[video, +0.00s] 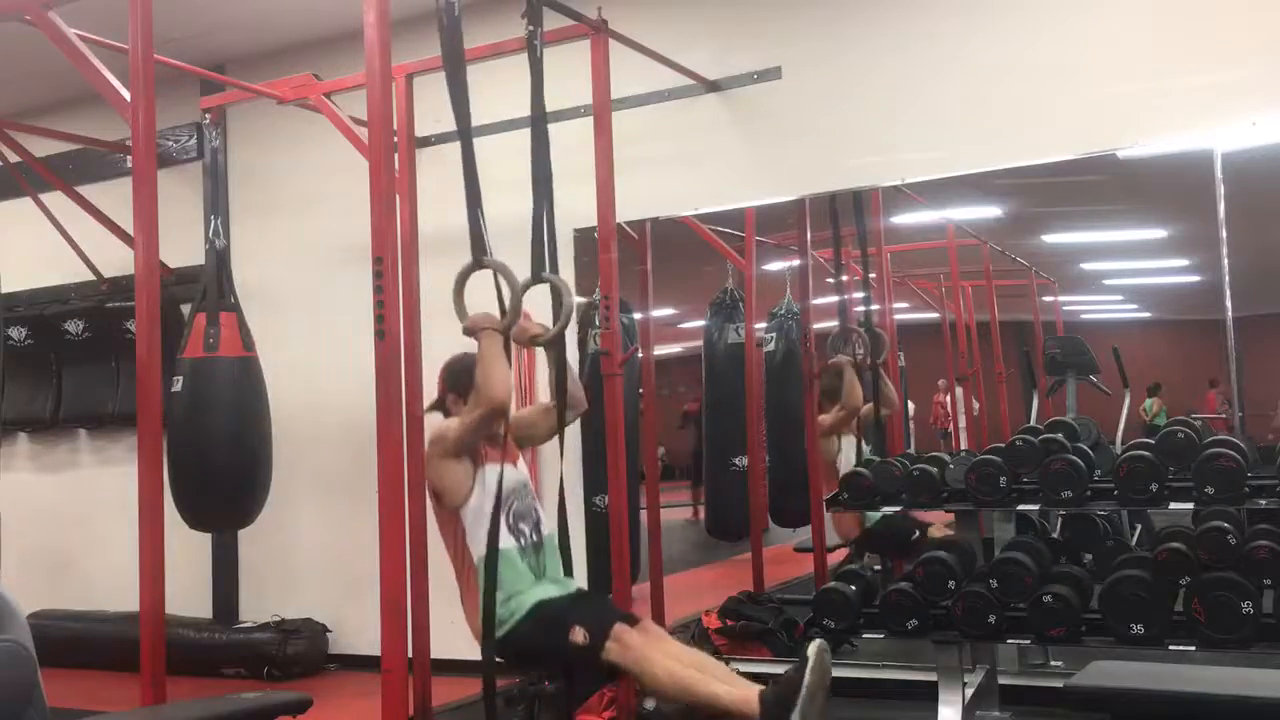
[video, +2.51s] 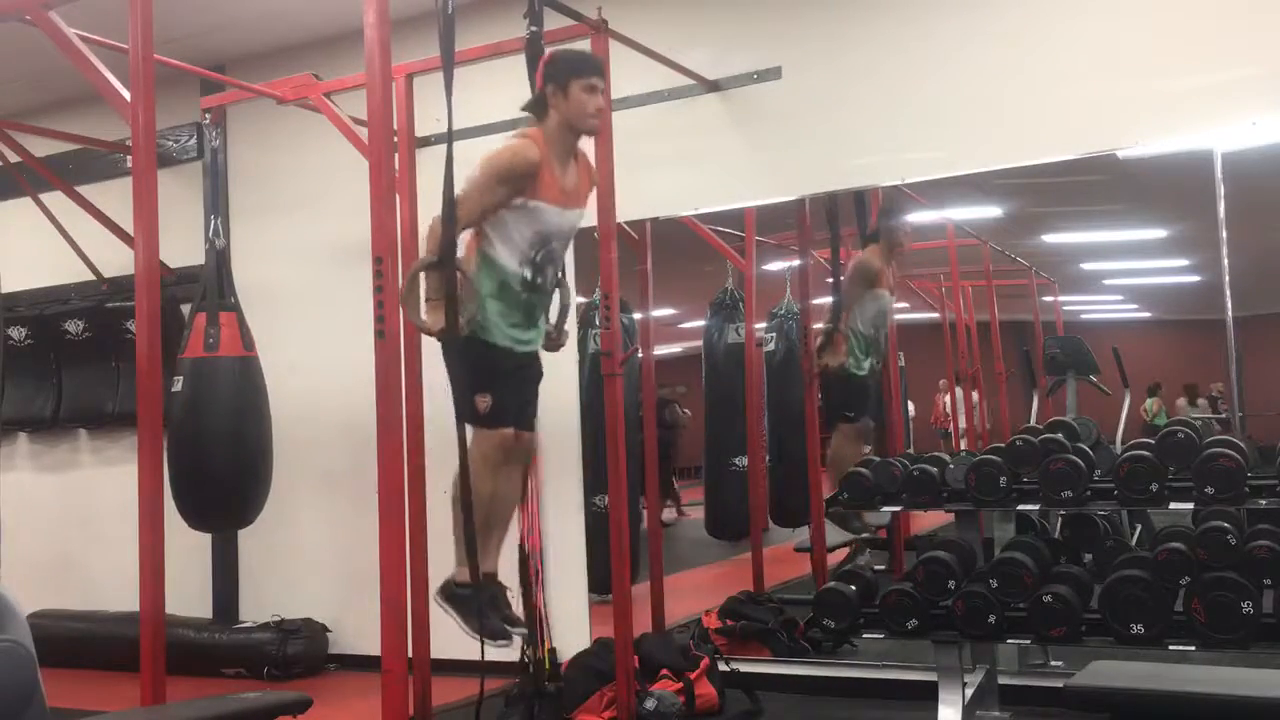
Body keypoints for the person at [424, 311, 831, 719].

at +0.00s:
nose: (496, 399)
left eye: (494, 391)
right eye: (478, 394)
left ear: (477, 396)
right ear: (454, 399)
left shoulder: (505, 436)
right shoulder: (443, 445)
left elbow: (570, 402)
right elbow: (492, 402)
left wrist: (546, 344)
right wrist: (488, 334)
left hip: (556, 592)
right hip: (513, 611)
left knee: (648, 632)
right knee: (624, 640)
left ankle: (769, 698)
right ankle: (761, 706)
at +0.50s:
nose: (503, 433)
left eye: (504, 421)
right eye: (492, 421)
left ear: (508, 419)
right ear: (462, 430)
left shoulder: (520, 459)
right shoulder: (460, 468)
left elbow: (582, 408)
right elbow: (504, 402)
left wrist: (558, 340)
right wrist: (498, 331)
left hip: (560, 626)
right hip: (510, 646)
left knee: (651, 682)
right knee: (622, 692)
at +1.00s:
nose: (464, 344)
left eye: (466, 336)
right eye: (454, 334)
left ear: (465, 339)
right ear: (423, 336)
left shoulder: (477, 380)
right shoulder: (411, 376)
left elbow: (549, 408)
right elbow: (442, 399)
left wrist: (535, 350)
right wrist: (457, 333)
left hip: (520, 518)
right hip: (476, 535)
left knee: (618, 558)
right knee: (594, 566)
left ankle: (731, 624)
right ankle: (729, 634)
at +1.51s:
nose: (535, 246)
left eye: (537, 235)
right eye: (526, 234)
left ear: (520, 237)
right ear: (488, 232)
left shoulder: (515, 291)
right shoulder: (443, 272)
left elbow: (518, 337)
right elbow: (349, 285)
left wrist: (522, 336)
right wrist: (402, 317)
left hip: (481, 411)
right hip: (432, 412)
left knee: (577, 434)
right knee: (555, 442)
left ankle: (681, 511)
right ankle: (675, 515)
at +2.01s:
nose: (623, 246)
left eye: (624, 235)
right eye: (612, 234)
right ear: (574, 234)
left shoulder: (586, 288)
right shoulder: (522, 267)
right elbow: (440, 229)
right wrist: (435, 304)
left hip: (504, 394)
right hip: (455, 391)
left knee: (546, 506)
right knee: (512, 509)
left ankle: (540, 652)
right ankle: (521, 662)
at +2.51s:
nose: (601, 102)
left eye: (603, 91)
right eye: (589, 90)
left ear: (595, 101)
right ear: (552, 97)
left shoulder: (580, 167)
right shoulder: (519, 159)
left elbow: (549, 248)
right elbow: (445, 224)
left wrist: (559, 312)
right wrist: (435, 302)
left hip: (522, 325)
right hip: (478, 321)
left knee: (519, 446)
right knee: (492, 442)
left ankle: (487, 578)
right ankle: (465, 579)